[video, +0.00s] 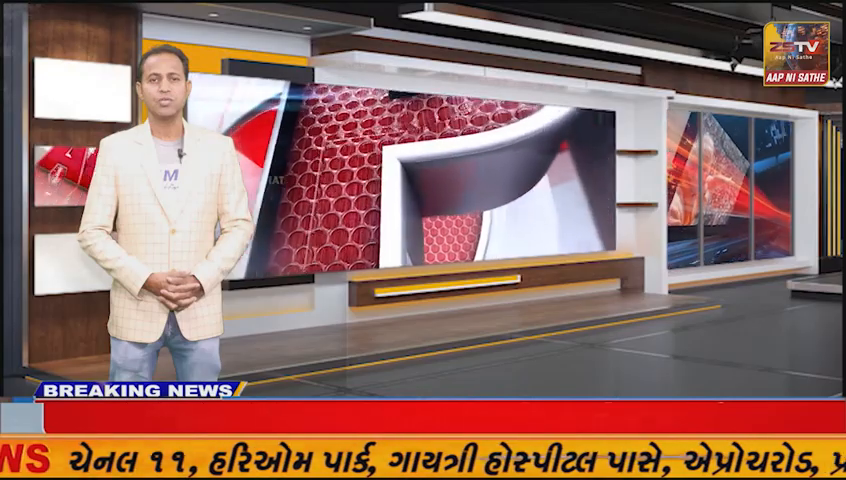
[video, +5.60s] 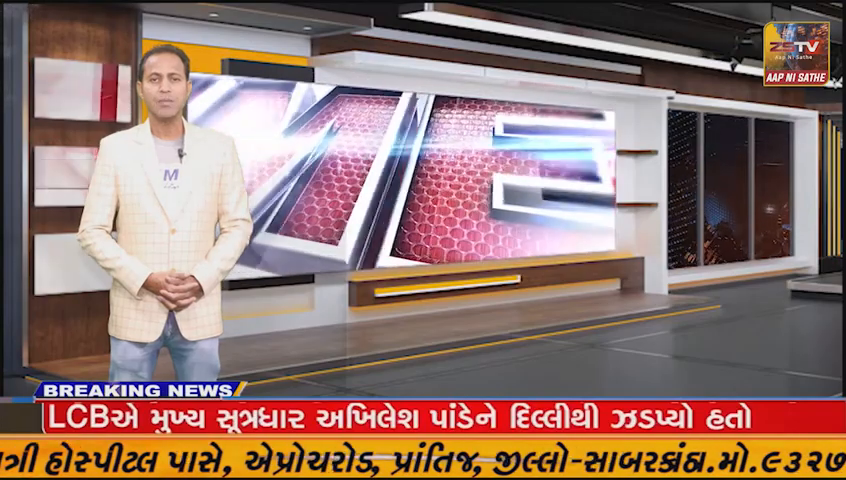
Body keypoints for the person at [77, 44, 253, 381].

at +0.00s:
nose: (164, 87)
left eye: (174, 78)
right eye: (154, 79)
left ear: (187, 88)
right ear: (140, 90)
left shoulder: (219, 147)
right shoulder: (115, 148)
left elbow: (239, 224)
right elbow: (92, 232)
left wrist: (202, 279)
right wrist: (145, 279)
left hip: (199, 310)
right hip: (135, 311)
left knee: (204, 417)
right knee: (126, 418)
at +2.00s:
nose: (166, 88)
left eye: (175, 79)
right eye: (155, 79)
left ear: (188, 88)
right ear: (141, 89)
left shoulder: (219, 147)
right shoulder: (116, 148)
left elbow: (238, 224)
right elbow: (92, 232)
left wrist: (201, 280)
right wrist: (146, 279)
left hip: (199, 309)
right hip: (135, 310)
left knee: (205, 419)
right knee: (126, 420)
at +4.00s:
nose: (165, 88)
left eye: (175, 79)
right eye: (154, 80)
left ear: (189, 89)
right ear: (141, 89)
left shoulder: (219, 148)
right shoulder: (116, 148)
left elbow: (238, 226)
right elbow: (92, 231)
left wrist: (200, 281)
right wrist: (143, 279)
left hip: (198, 310)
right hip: (134, 311)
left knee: (204, 420)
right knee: (125, 420)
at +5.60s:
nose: (165, 88)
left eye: (174, 78)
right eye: (154, 79)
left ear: (188, 88)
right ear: (141, 89)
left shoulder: (219, 147)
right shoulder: (115, 148)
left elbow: (238, 225)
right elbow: (92, 231)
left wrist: (201, 280)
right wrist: (145, 279)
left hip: (198, 309)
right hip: (135, 310)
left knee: (204, 420)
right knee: (125, 420)